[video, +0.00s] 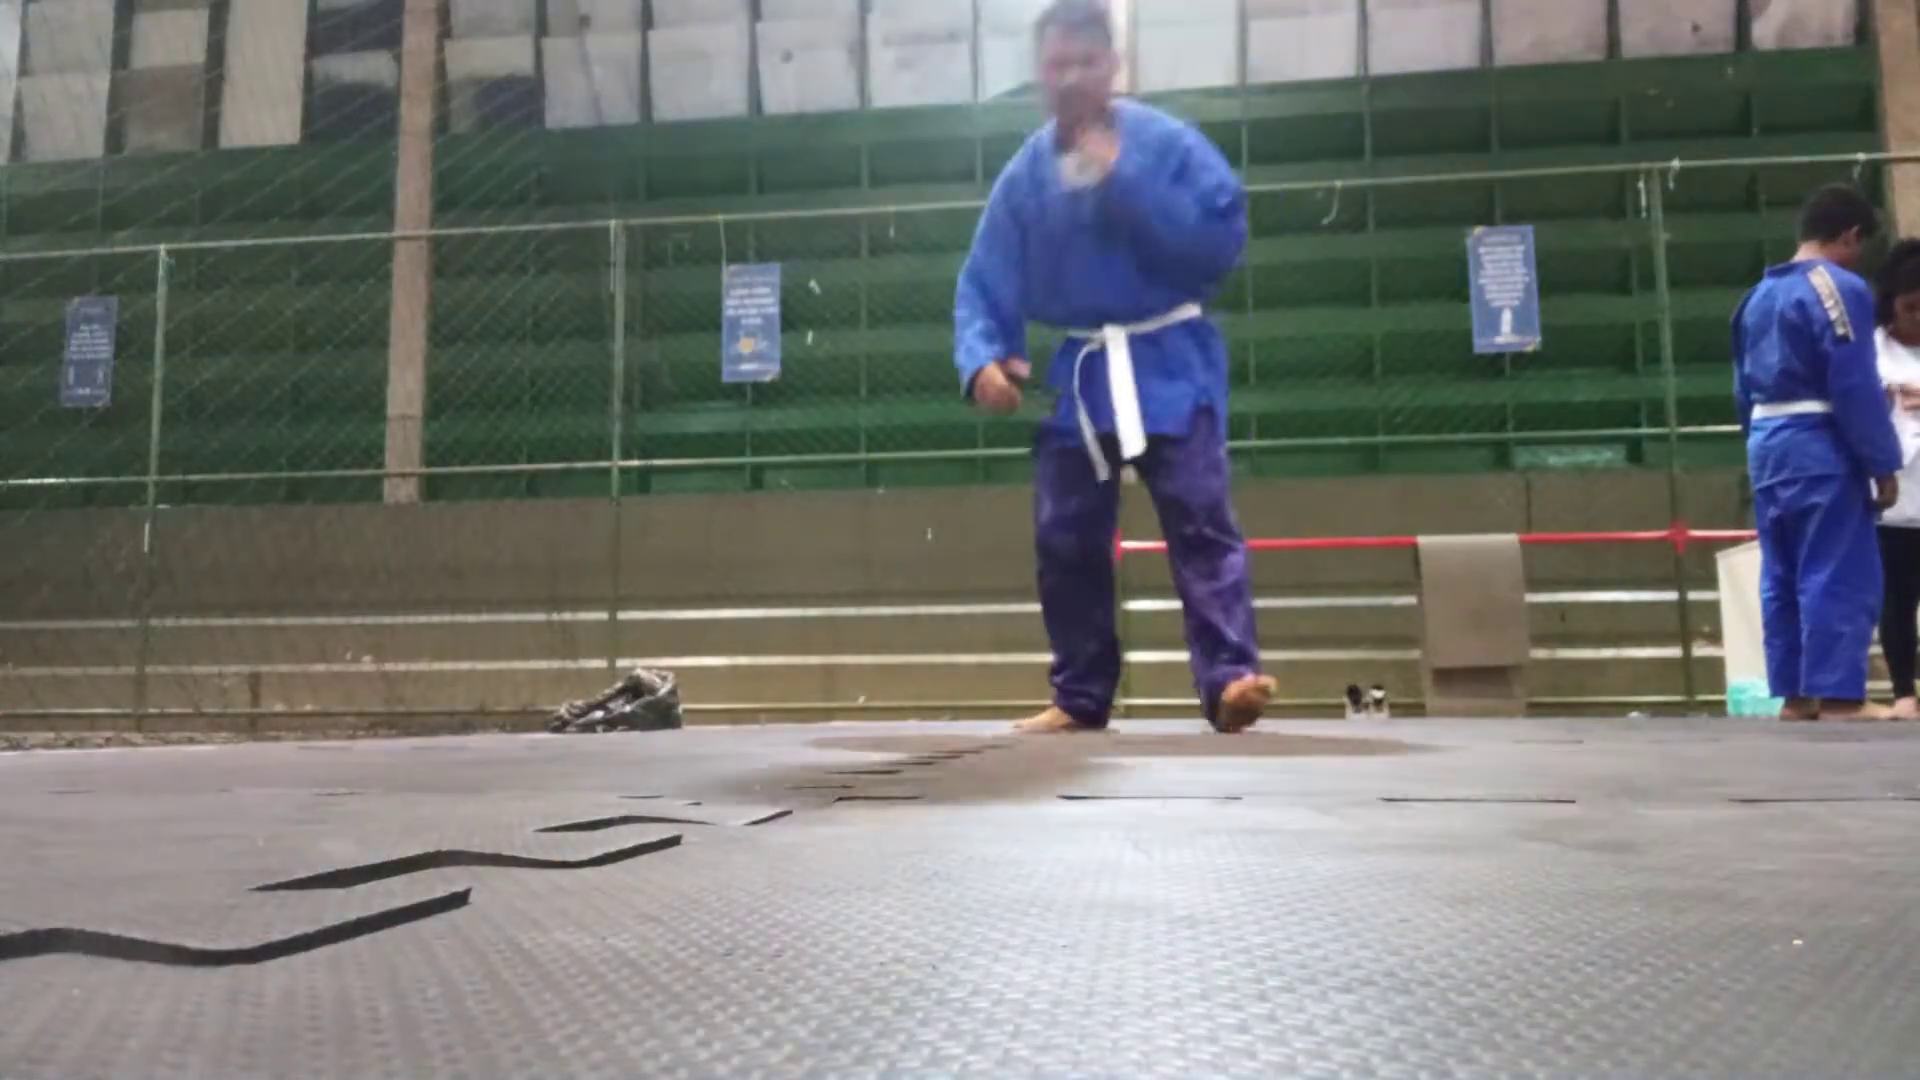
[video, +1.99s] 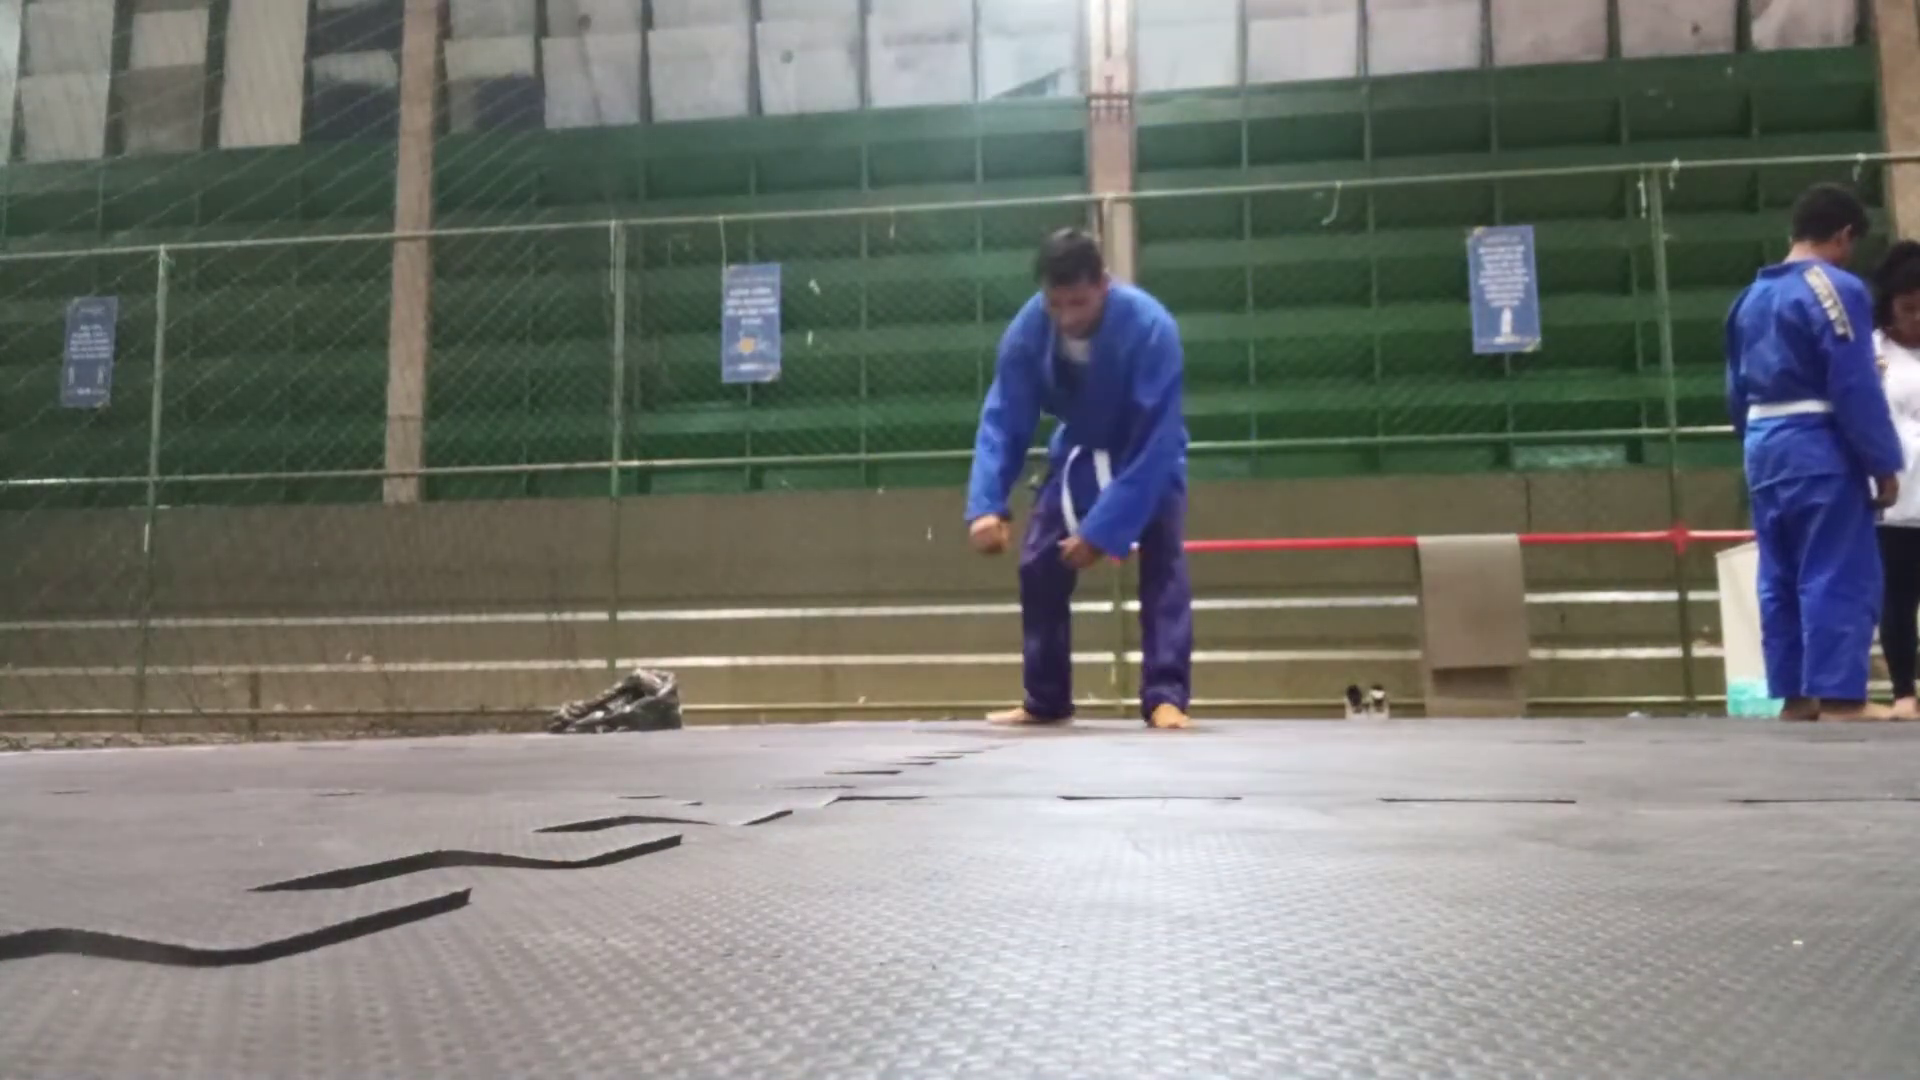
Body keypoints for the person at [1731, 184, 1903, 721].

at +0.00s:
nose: (1860, 254)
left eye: (1862, 244)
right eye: (1861, 243)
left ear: (1805, 232)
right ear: (1847, 235)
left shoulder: (1758, 295)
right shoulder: (1838, 288)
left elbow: (1745, 392)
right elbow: (1854, 389)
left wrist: (1766, 444)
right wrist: (1885, 465)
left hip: (1765, 440)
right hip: (1818, 439)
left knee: (1784, 572)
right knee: (1838, 569)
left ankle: (1795, 696)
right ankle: (1838, 698)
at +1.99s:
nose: (1851, 252)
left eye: (1853, 243)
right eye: (1853, 242)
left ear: (1796, 232)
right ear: (1842, 235)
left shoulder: (1752, 296)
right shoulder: (1835, 289)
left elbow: (1739, 392)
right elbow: (1854, 387)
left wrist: (1760, 444)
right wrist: (1885, 464)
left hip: (1761, 441)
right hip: (1816, 439)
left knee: (1781, 574)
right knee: (1840, 569)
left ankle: (1793, 697)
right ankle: (1839, 698)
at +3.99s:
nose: (1857, 253)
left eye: (1860, 243)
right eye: (1857, 242)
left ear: (1800, 232)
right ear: (1842, 234)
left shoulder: (1755, 296)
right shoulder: (1836, 290)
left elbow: (1740, 392)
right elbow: (1852, 389)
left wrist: (1761, 444)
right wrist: (1883, 466)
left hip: (1762, 439)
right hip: (1816, 437)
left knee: (1781, 572)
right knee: (1839, 568)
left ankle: (1793, 696)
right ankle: (1838, 698)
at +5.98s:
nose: (1870, 253)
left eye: (1871, 244)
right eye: (1870, 243)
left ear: (1814, 233)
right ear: (1857, 236)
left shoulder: (1766, 294)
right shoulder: (1852, 290)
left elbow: (1748, 390)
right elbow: (1866, 387)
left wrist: (1766, 442)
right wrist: (1892, 467)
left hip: (1769, 439)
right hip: (1826, 439)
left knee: (1785, 574)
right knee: (1842, 571)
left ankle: (1796, 696)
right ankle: (1840, 698)